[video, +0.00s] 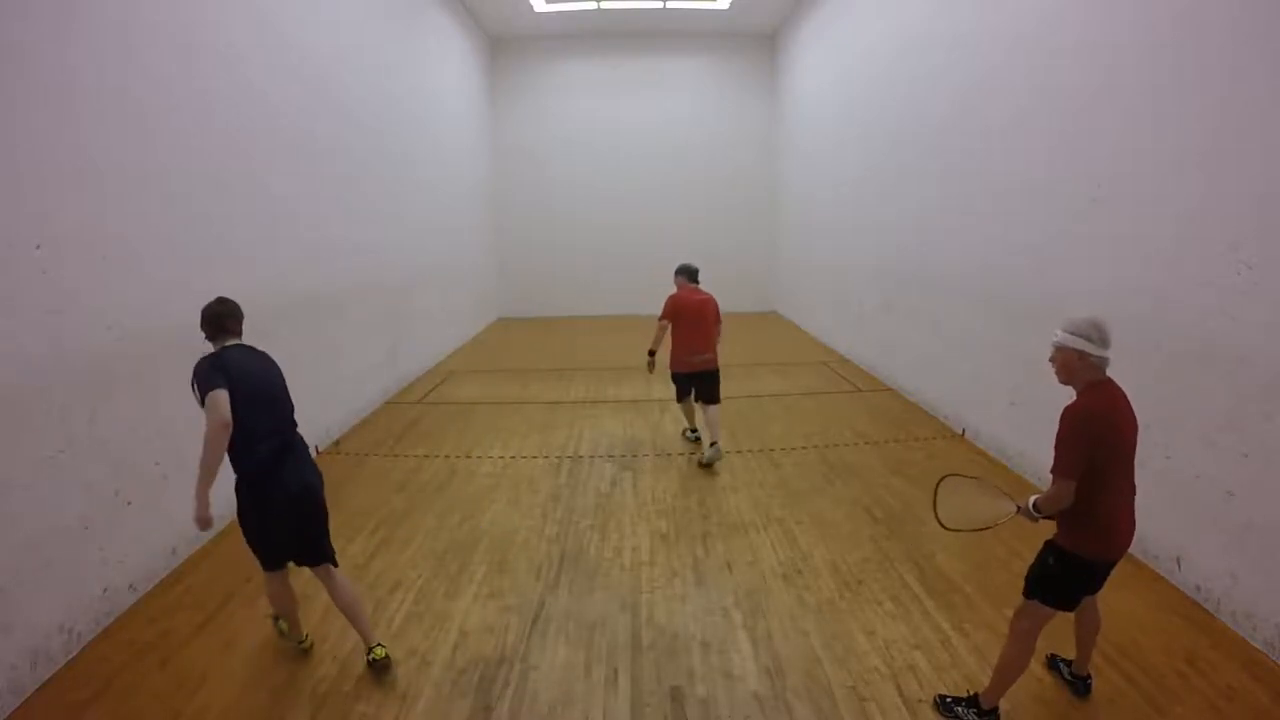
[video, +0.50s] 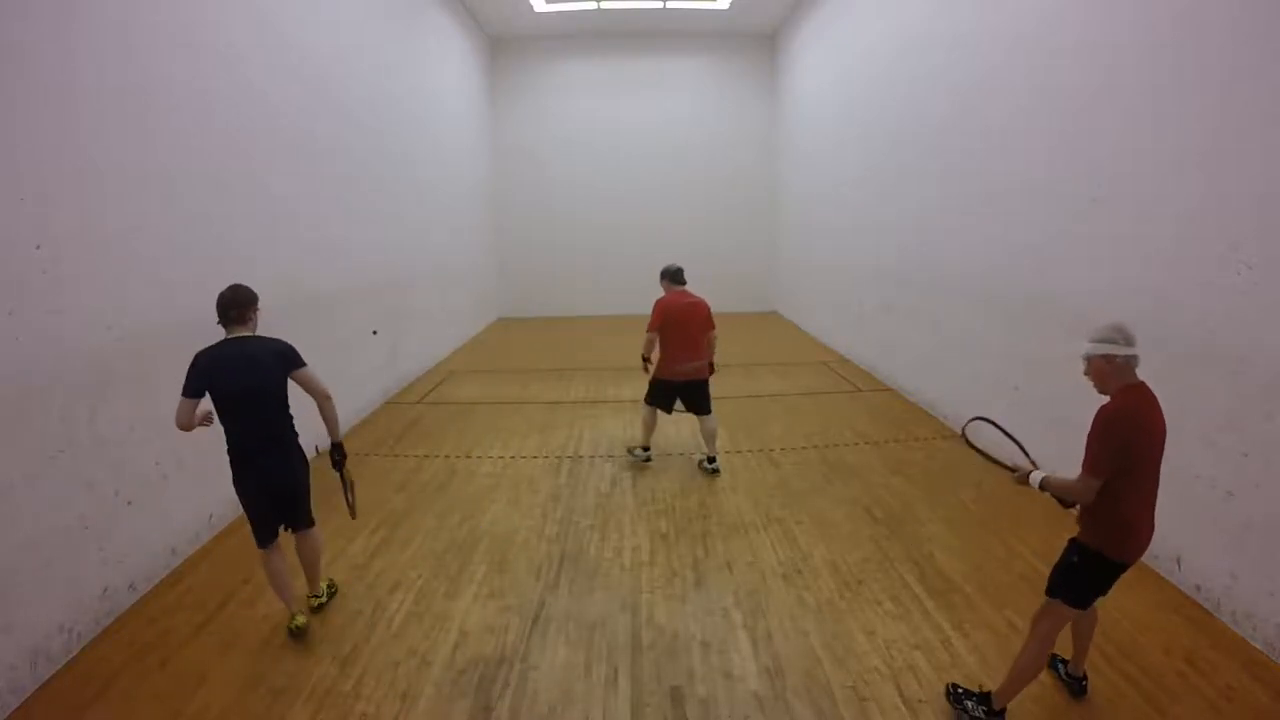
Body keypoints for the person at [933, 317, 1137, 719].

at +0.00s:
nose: (1052, 361)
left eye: (1059, 354)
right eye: (1054, 353)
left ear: (1084, 360)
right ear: (1090, 360)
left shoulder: (1079, 415)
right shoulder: (1115, 400)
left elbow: (1062, 494)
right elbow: (1104, 474)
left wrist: (1036, 507)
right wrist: (1055, 503)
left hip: (1081, 541)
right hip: (1112, 536)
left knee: (1026, 621)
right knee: (1087, 598)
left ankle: (985, 704)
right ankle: (1081, 672)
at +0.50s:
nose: (1086, 371)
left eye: (1090, 362)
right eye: (1086, 362)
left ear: (1114, 362)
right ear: (1123, 363)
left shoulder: (1115, 414)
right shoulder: (1145, 403)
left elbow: (1086, 489)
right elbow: (1128, 477)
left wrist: (1038, 478)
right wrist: (1081, 498)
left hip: (1103, 538)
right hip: (1130, 535)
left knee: (1048, 621)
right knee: (1084, 600)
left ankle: (995, 704)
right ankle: (1076, 672)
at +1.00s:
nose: (1089, 366)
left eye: (1096, 360)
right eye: (1092, 358)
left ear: (1118, 368)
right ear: (1130, 370)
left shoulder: (1109, 419)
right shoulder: (1152, 411)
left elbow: (1085, 504)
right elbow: (1135, 488)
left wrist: (1066, 507)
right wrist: (1085, 506)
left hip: (1106, 557)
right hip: (1143, 556)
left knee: (1040, 636)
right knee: (1095, 619)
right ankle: (1083, 696)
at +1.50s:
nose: (1062, 375)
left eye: (1068, 368)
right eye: (1064, 367)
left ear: (1084, 374)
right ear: (1105, 374)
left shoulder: (1078, 426)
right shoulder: (1129, 417)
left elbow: (1055, 511)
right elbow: (1117, 494)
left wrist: (1043, 524)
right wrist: (1062, 522)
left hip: (1088, 565)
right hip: (1129, 563)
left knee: (1024, 643)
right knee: (1091, 623)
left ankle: (999, 715)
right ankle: (1082, 697)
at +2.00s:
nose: (1059, 374)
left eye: (1063, 368)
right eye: (1061, 367)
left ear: (1076, 375)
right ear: (1102, 375)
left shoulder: (1071, 428)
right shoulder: (1128, 419)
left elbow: (1054, 515)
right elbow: (1116, 493)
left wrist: (1043, 527)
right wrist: (1059, 522)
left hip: (1087, 565)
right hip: (1129, 561)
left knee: (1021, 641)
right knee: (1090, 621)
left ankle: (998, 715)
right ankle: (1082, 697)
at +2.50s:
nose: (1061, 376)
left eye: (1062, 369)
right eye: (1062, 368)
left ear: (1069, 374)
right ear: (1105, 375)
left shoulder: (1064, 425)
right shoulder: (1128, 420)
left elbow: (1046, 508)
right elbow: (1152, 500)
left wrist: (1058, 526)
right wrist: (1102, 511)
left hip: (1081, 562)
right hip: (1128, 559)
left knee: (1020, 639)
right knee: (1089, 619)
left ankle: (998, 714)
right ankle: (1085, 695)